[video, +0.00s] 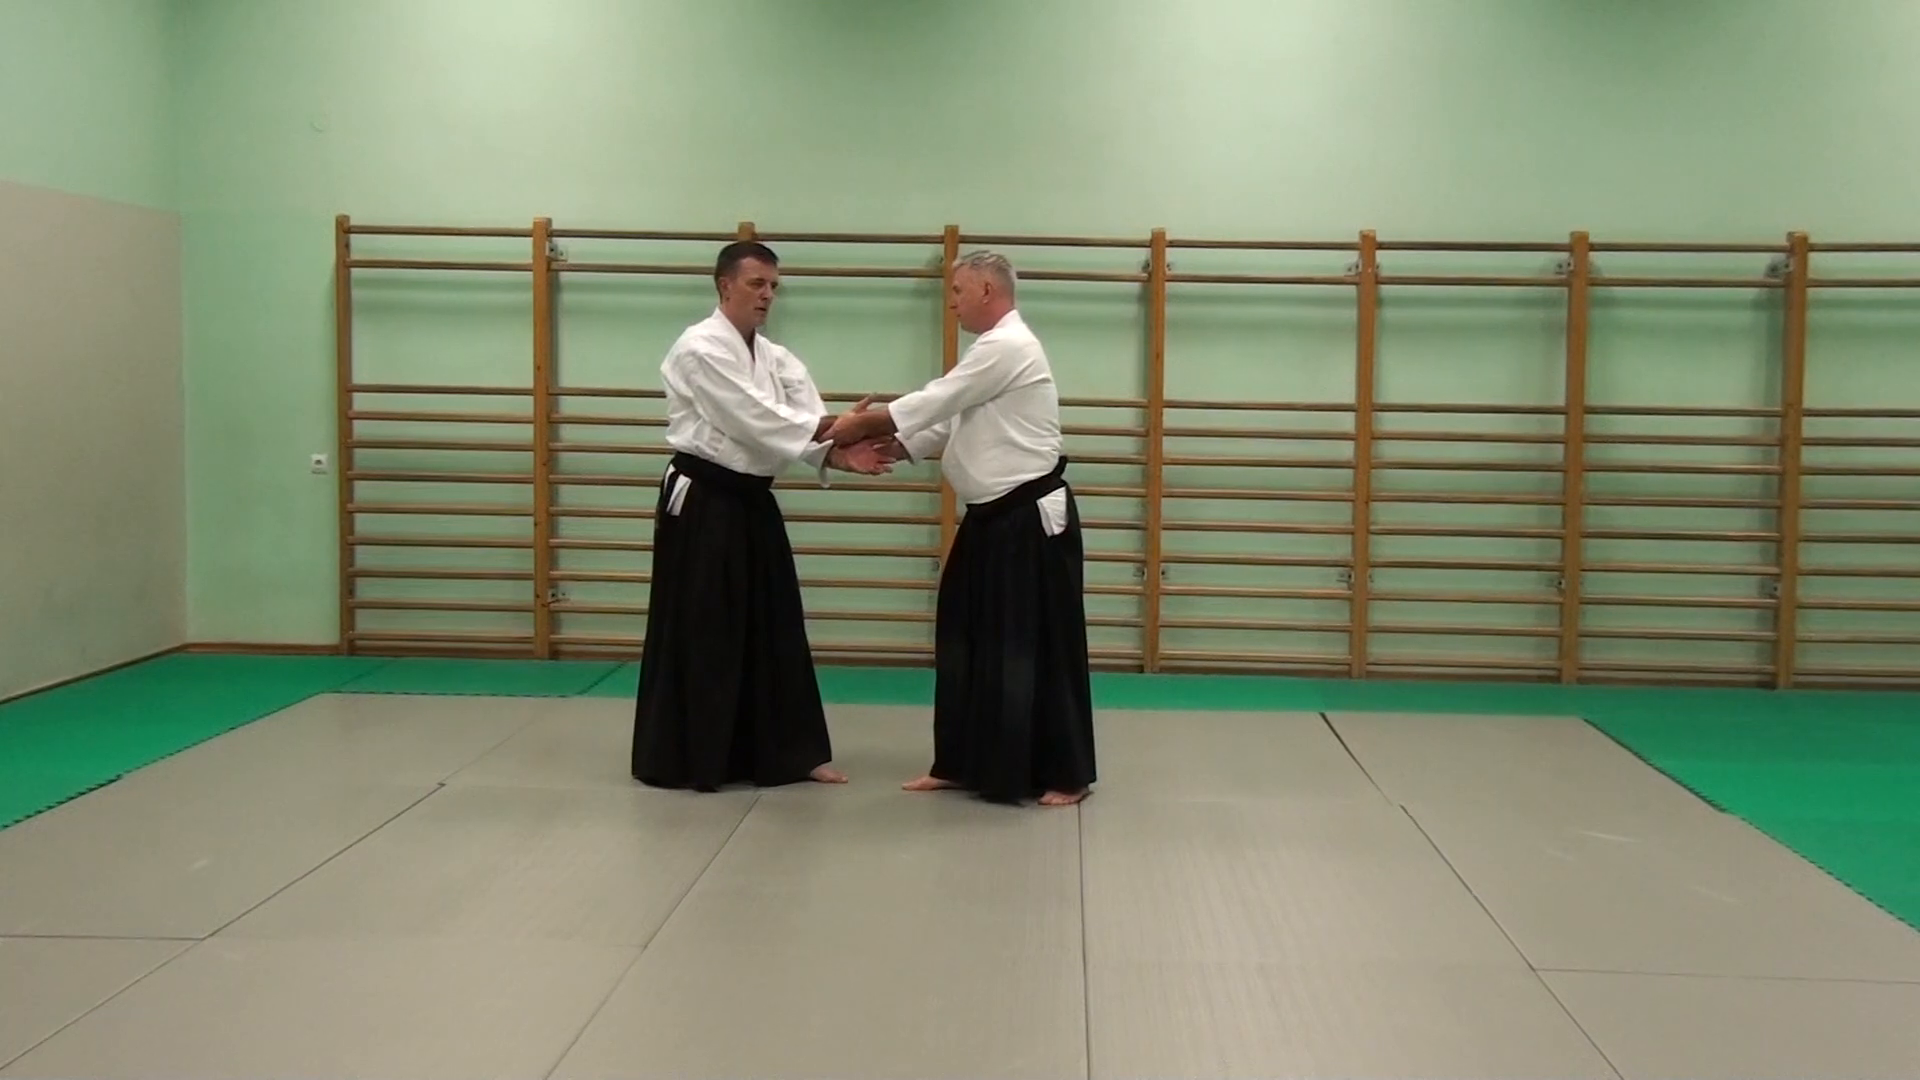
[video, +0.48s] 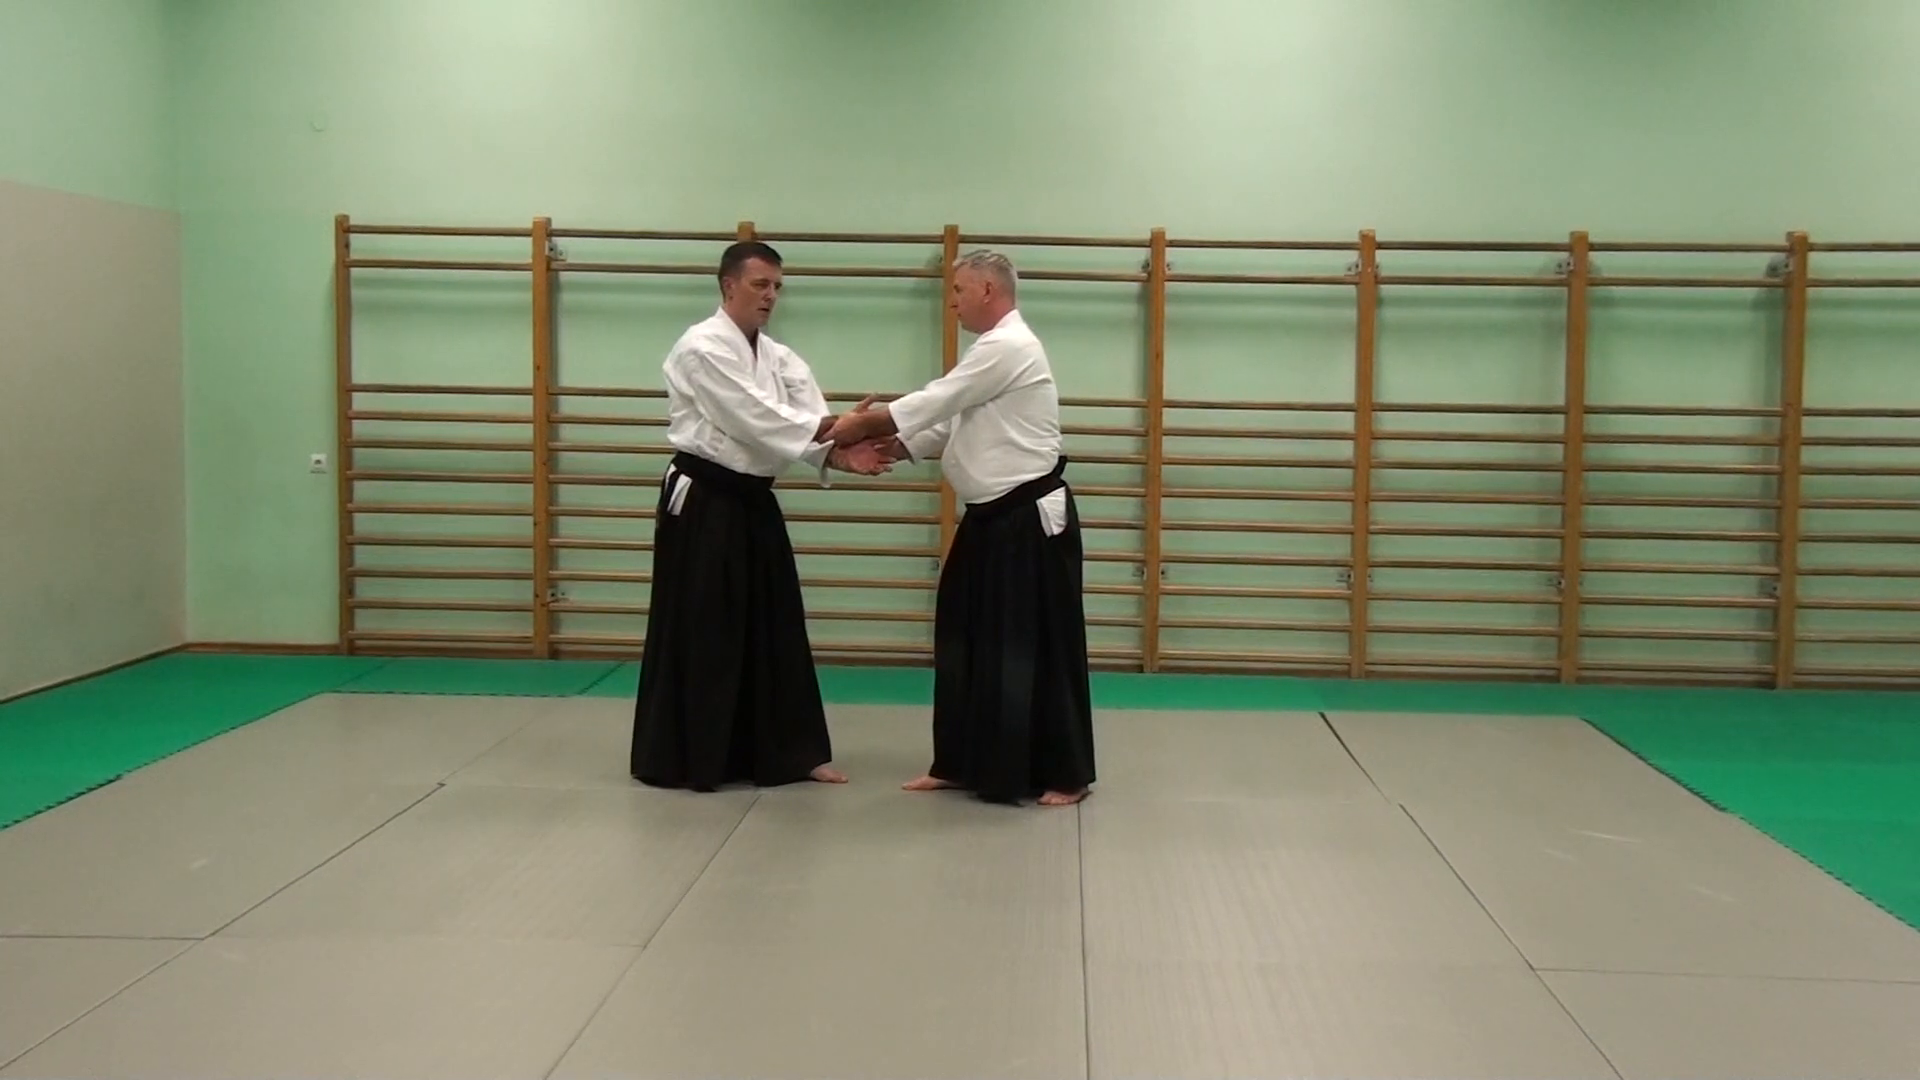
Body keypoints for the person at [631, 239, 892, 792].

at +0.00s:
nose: (767, 295)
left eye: (772, 286)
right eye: (756, 284)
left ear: (774, 291)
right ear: (725, 286)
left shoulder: (782, 360)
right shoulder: (698, 348)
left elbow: (806, 426)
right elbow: (751, 419)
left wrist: (842, 453)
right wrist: (827, 437)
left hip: (755, 501)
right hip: (702, 499)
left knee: (774, 626)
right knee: (701, 628)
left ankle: (792, 755)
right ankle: (692, 758)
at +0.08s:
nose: (767, 295)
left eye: (773, 286)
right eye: (756, 284)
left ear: (774, 291)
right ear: (725, 286)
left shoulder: (781, 359)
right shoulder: (698, 348)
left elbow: (807, 425)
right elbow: (752, 419)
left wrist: (842, 453)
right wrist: (828, 438)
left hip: (755, 501)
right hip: (702, 499)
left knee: (774, 626)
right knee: (702, 628)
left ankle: (792, 755)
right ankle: (692, 758)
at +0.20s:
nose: (769, 295)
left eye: (774, 286)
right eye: (758, 284)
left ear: (775, 291)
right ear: (726, 286)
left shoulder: (783, 360)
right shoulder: (699, 347)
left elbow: (808, 427)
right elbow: (753, 418)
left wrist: (843, 454)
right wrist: (830, 438)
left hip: (755, 501)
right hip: (702, 499)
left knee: (775, 626)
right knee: (701, 628)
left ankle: (792, 754)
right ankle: (692, 757)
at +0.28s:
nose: (769, 294)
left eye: (774, 286)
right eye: (759, 284)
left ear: (776, 291)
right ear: (727, 286)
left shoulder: (783, 359)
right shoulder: (699, 347)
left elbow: (808, 427)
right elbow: (753, 418)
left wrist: (843, 454)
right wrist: (830, 435)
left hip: (756, 501)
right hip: (702, 499)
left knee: (775, 626)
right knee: (701, 628)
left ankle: (792, 754)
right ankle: (692, 757)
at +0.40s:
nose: (770, 295)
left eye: (775, 287)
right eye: (759, 284)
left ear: (777, 292)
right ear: (727, 287)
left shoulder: (784, 360)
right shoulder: (699, 347)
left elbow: (808, 427)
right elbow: (752, 418)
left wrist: (843, 454)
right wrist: (829, 434)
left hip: (756, 501)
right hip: (702, 499)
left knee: (775, 626)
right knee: (701, 628)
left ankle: (793, 754)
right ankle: (690, 758)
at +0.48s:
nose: (770, 295)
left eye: (776, 287)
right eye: (760, 285)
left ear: (778, 292)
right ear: (728, 287)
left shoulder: (785, 360)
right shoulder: (700, 347)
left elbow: (810, 426)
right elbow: (753, 418)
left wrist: (843, 453)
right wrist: (830, 435)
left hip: (756, 501)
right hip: (702, 499)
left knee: (775, 626)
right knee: (702, 628)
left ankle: (792, 755)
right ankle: (690, 758)